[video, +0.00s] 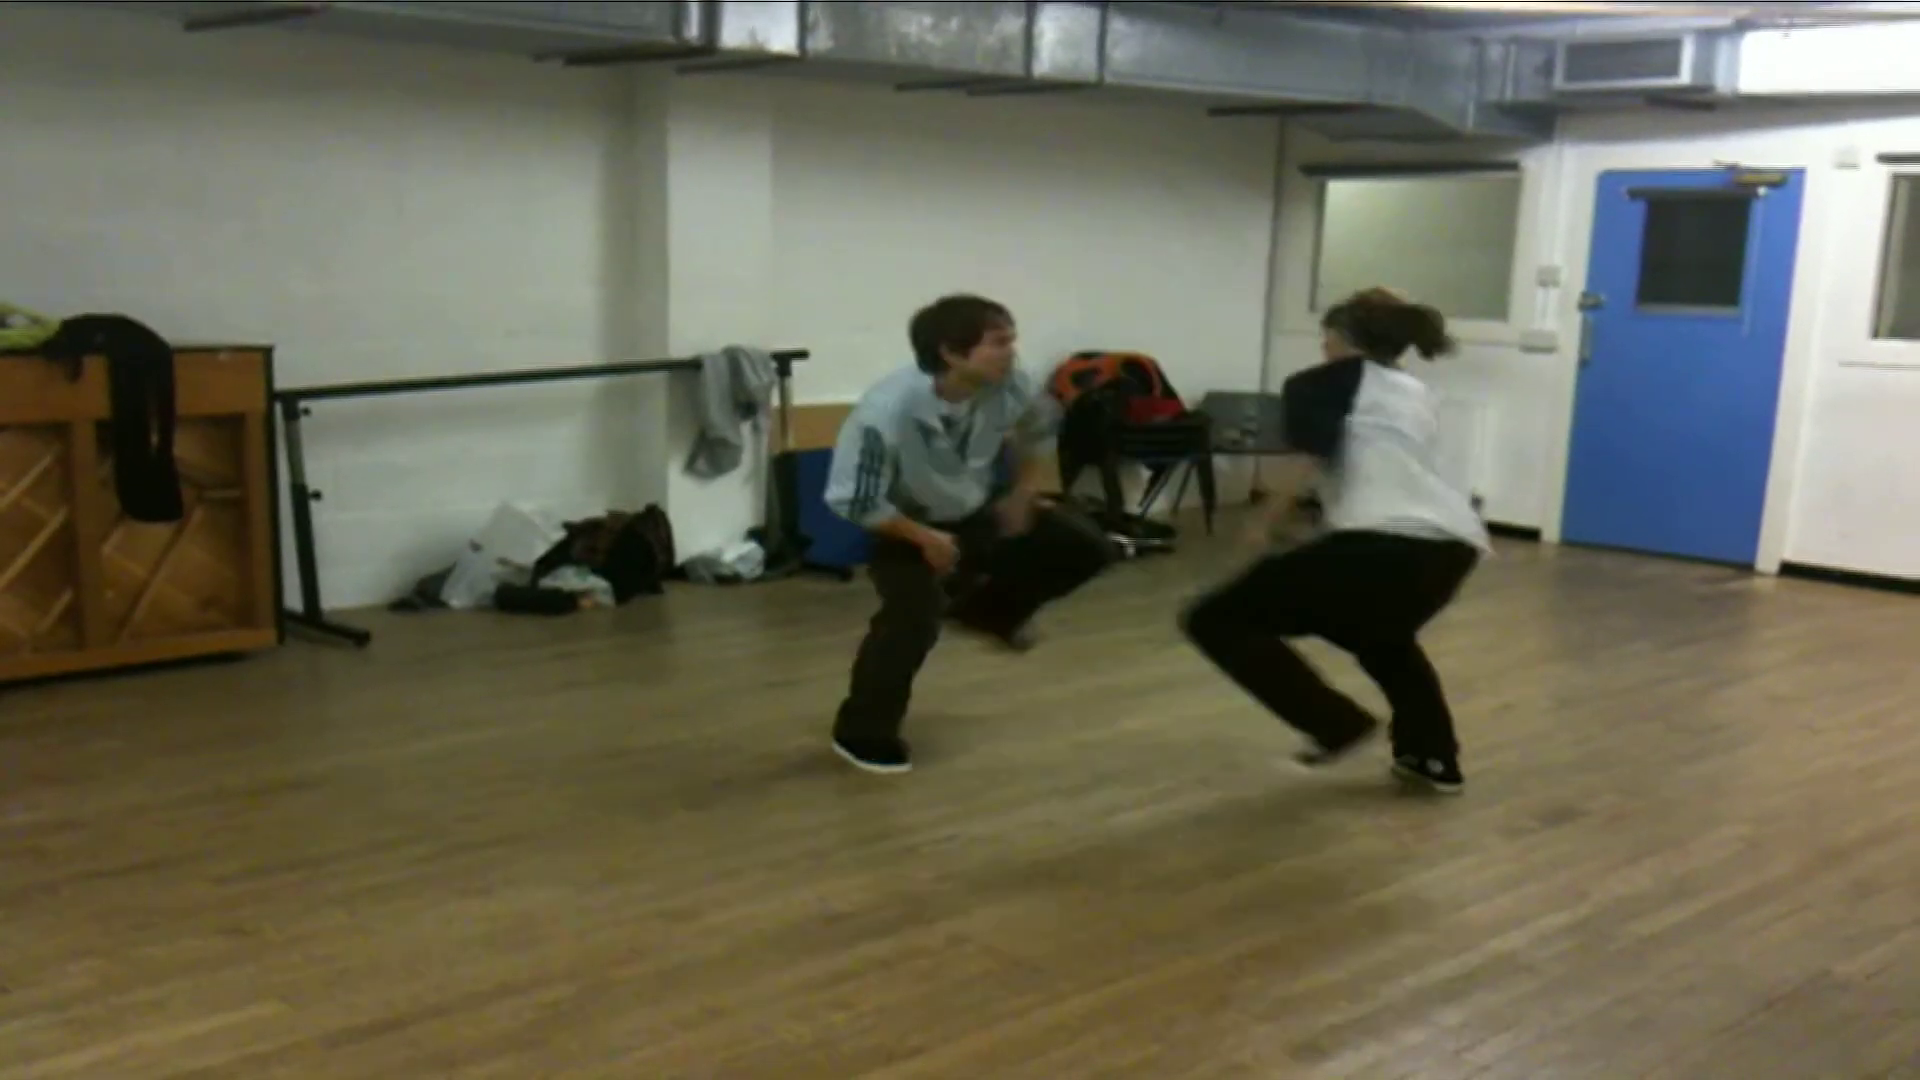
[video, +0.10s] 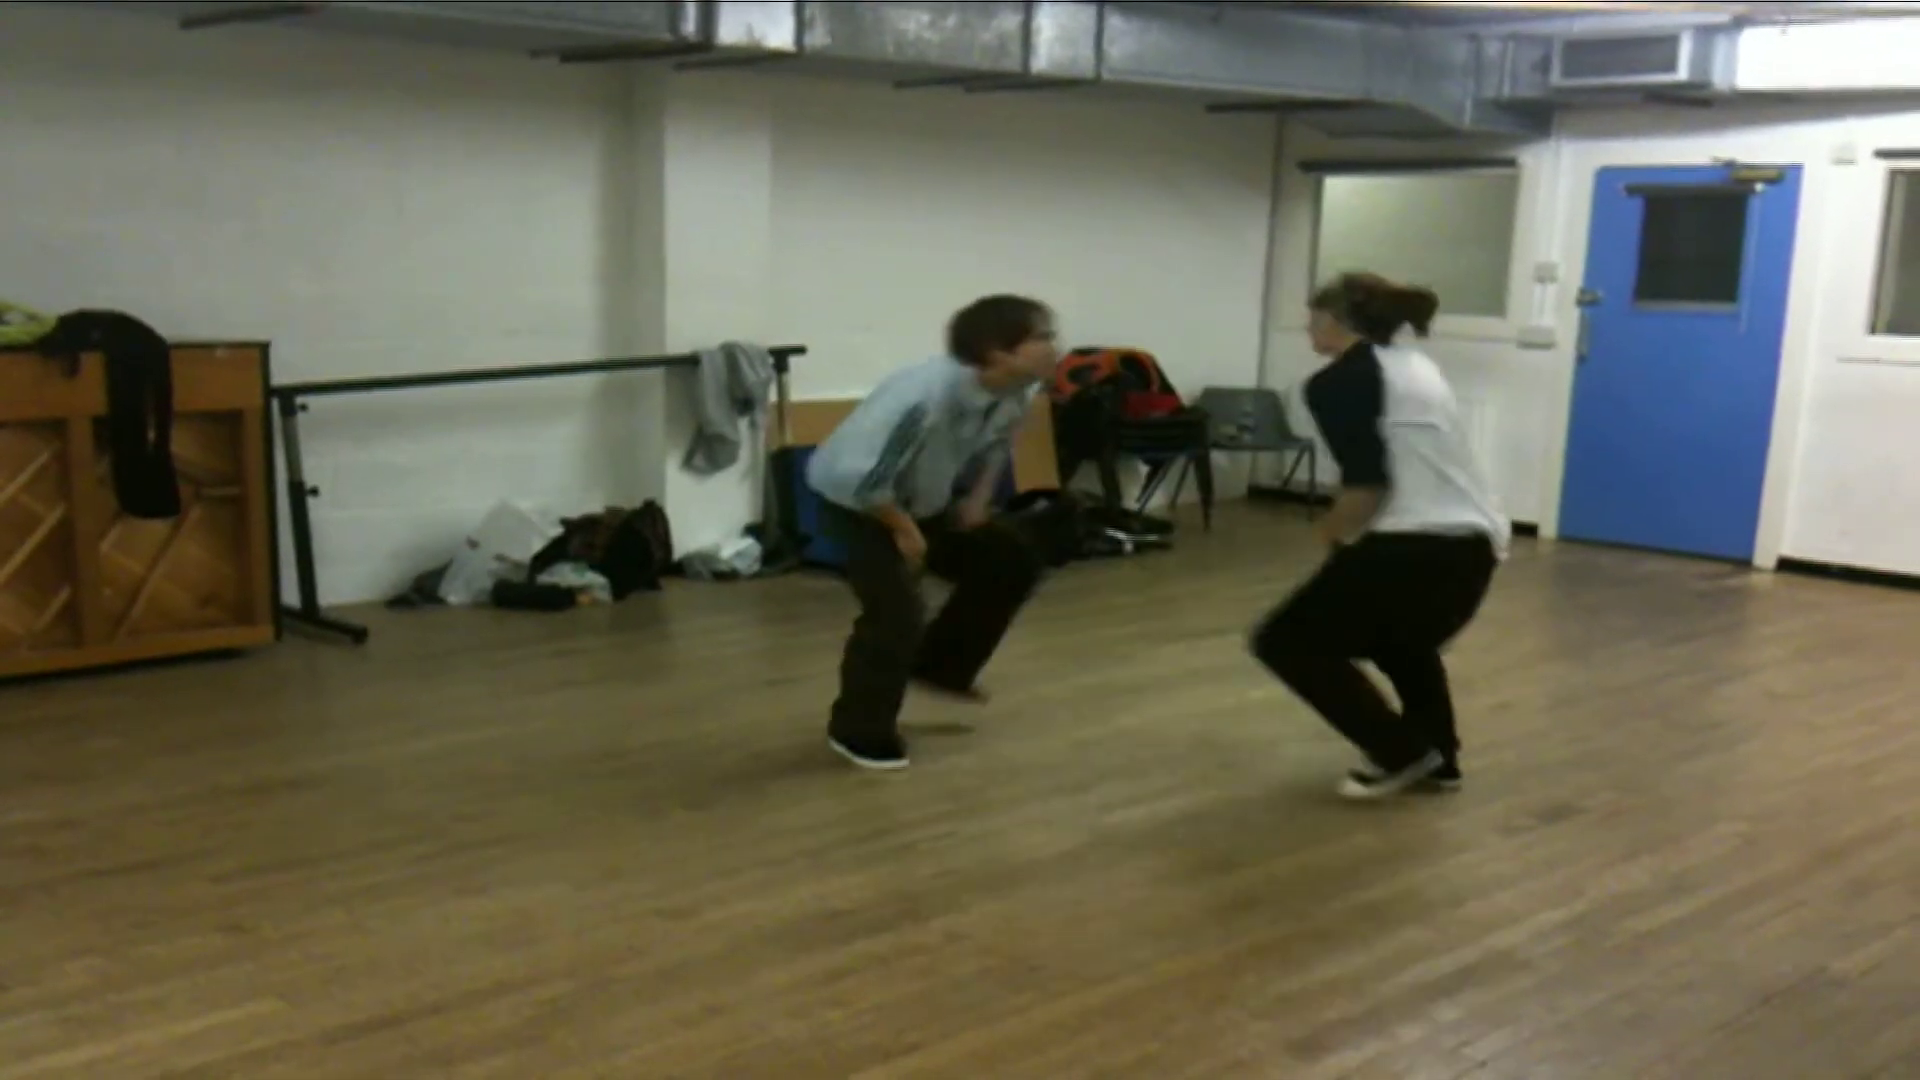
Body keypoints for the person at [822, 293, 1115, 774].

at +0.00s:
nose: (1010, 352)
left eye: (1010, 341)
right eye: (997, 342)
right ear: (952, 355)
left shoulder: (1008, 386)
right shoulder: (888, 409)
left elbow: (1040, 433)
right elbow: (852, 498)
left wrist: (1022, 497)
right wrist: (922, 537)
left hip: (975, 515)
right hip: (903, 526)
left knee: (1080, 550)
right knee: (914, 610)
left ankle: (990, 610)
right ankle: (863, 731)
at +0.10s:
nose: (1051, 348)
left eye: (1049, 338)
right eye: (1040, 339)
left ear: (1002, 356)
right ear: (998, 355)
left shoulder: (1013, 395)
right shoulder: (920, 395)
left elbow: (996, 447)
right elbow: (849, 478)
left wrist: (978, 499)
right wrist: (901, 525)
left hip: (921, 504)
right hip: (851, 509)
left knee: (1009, 563)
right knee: (896, 608)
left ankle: (942, 663)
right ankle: (859, 730)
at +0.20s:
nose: (1084, 335)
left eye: (1082, 325)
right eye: (1073, 325)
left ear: (1039, 334)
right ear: (1034, 331)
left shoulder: (1013, 383)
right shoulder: (979, 363)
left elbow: (945, 442)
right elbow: (893, 433)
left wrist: (940, 497)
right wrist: (894, 497)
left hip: (884, 492)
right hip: (831, 486)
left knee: (945, 587)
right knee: (882, 608)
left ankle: (919, 704)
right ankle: (856, 726)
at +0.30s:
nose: (1057, 313)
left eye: (1057, 302)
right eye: (1049, 301)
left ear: (1011, 305)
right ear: (1010, 300)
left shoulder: (991, 351)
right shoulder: (976, 327)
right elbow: (920, 394)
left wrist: (936, 488)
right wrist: (927, 478)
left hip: (884, 485)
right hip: (848, 480)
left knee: (935, 584)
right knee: (900, 596)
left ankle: (914, 700)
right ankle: (858, 728)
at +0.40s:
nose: (1011, 278)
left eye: (1010, 267)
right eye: (1002, 266)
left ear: (964, 270)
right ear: (965, 267)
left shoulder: (956, 314)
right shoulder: (942, 304)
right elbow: (933, 395)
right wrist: (959, 471)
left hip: (915, 477)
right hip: (887, 477)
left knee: (937, 590)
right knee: (912, 597)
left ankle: (916, 699)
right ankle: (857, 725)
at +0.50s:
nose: (989, 267)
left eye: (989, 256)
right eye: (980, 256)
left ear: (936, 260)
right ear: (939, 258)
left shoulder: (912, 309)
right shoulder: (916, 316)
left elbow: (937, 412)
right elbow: (945, 418)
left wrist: (970, 479)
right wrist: (978, 487)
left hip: (925, 479)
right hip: (912, 484)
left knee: (947, 601)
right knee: (932, 606)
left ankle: (919, 702)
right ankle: (858, 727)